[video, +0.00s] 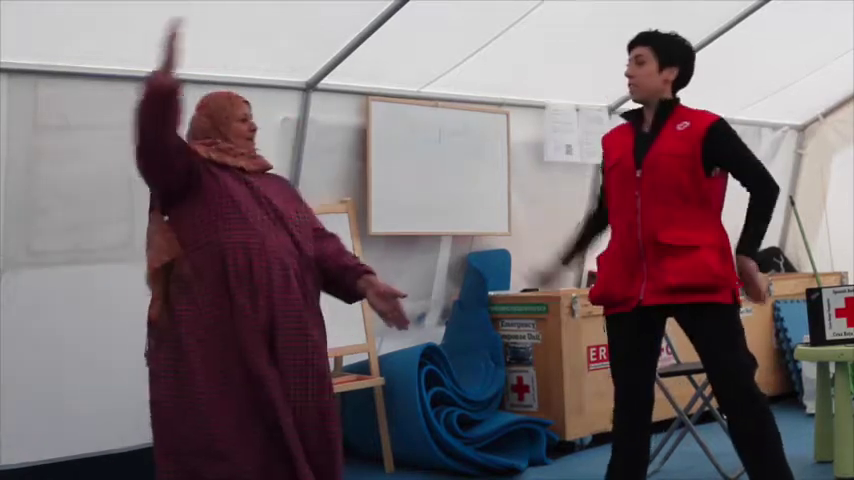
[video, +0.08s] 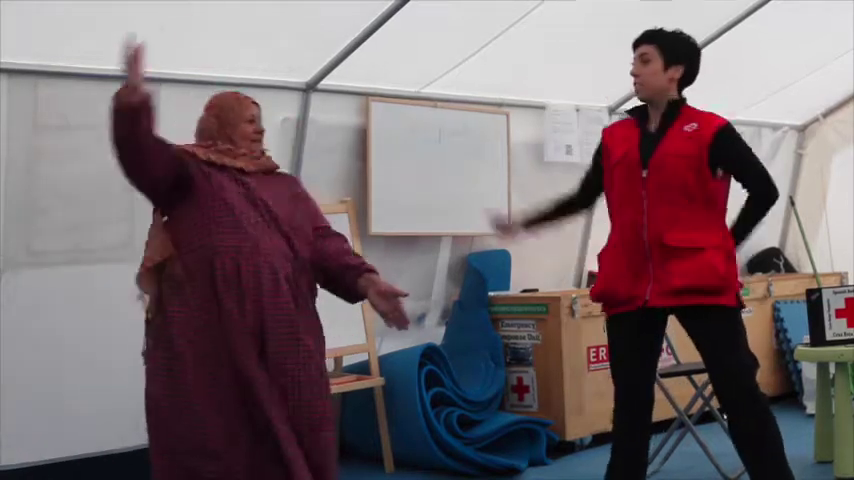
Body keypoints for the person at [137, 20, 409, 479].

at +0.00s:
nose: (253, 125)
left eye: (252, 118)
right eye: (243, 119)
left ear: (242, 129)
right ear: (211, 128)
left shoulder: (277, 187)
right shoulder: (187, 174)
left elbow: (317, 243)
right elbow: (157, 146)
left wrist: (364, 283)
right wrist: (162, 88)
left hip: (289, 347)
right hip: (211, 350)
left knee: (300, 451)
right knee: (218, 454)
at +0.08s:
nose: (260, 129)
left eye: (260, 121)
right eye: (250, 121)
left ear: (260, 129)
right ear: (218, 130)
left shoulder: (287, 188)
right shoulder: (187, 174)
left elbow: (322, 243)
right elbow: (145, 157)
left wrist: (363, 280)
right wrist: (133, 110)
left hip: (287, 350)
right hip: (204, 351)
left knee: (296, 453)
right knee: (210, 455)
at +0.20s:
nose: (269, 133)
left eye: (272, 125)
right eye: (260, 125)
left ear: (275, 129)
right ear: (229, 128)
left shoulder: (295, 189)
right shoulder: (186, 171)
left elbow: (324, 246)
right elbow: (139, 181)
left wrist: (358, 286)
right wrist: (110, 152)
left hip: (277, 343)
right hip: (192, 345)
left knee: (293, 449)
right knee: (196, 453)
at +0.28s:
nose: (273, 139)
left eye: (278, 130)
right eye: (263, 131)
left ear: (284, 131)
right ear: (232, 133)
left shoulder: (296, 193)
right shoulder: (186, 173)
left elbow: (322, 253)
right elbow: (140, 192)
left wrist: (347, 299)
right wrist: (110, 189)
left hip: (269, 350)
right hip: (186, 348)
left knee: (292, 448)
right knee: (190, 455)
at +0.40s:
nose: (280, 160)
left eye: (286, 149)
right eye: (270, 150)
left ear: (291, 148)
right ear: (238, 146)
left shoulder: (295, 204)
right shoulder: (186, 178)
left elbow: (309, 272)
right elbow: (135, 209)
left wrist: (325, 327)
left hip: (268, 348)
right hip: (187, 348)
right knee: (195, 445)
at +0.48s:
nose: (281, 180)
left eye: (287, 170)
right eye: (271, 171)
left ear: (295, 166)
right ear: (240, 163)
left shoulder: (295, 219)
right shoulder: (187, 184)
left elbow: (301, 290)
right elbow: (139, 227)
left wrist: (309, 347)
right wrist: (120, 287)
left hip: (260, 340)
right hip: (182, 335)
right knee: (187, 431)